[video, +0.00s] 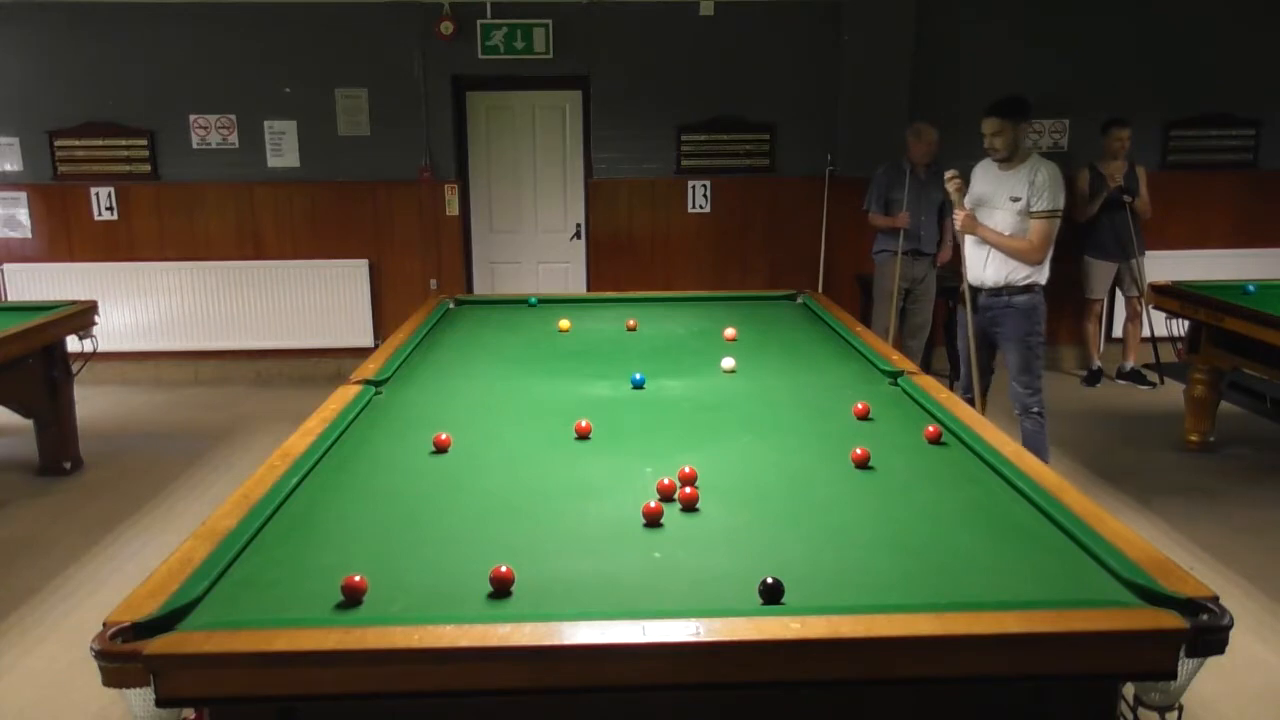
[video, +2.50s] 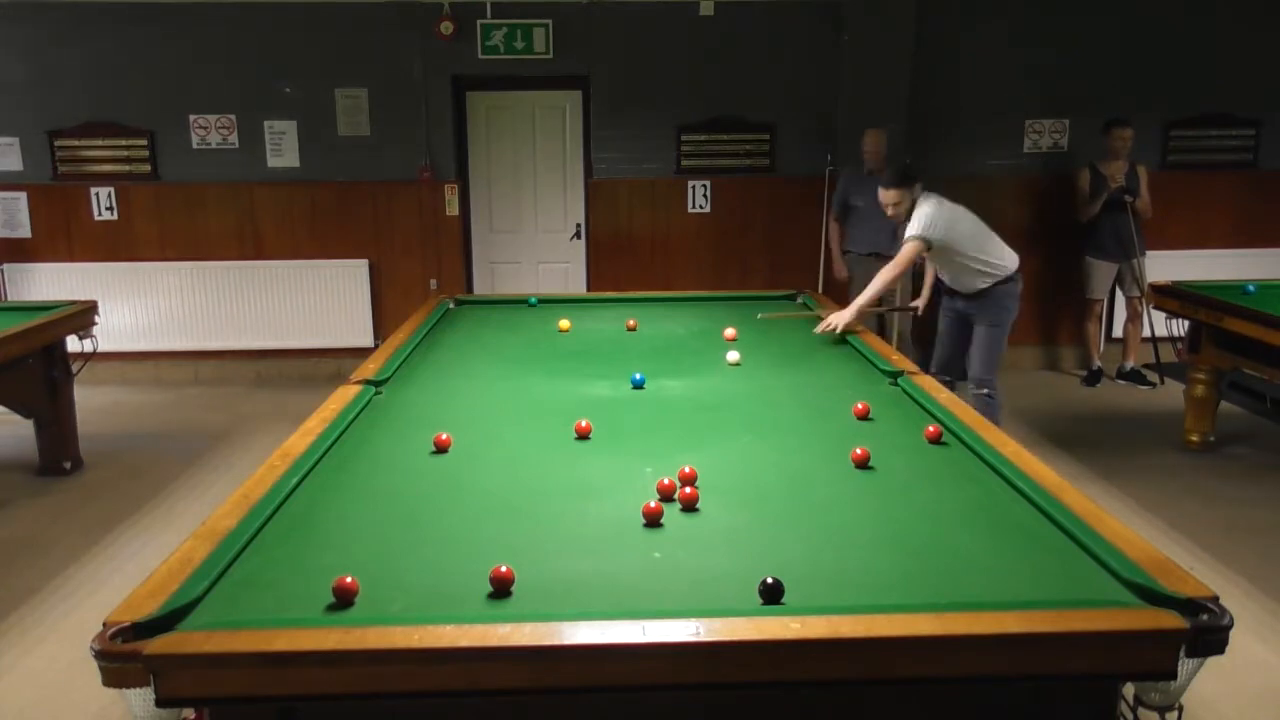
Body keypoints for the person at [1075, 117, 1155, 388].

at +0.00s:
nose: (1124, 145)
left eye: (1127, 140)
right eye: (1118, 140)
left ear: (1130, 142)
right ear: (1104, 141)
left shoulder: (1136, 171)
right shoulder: (1087, 173)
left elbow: (1146, 211)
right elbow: (1080, 214)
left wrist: (1130, 196)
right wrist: (1105, 191)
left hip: (1131, 251)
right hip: (1099, 251)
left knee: (1135, 310)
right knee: (1093, 309)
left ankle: (1128, 366)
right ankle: (1094, 365)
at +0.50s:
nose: (1117, 142)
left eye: (1121, 137)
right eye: (1112, 137)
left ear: (1128, 140)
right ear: (1104, 140)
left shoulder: (1138, 171)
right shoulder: (1089, 172)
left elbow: (1146, 211)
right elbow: (1082, 214)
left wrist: (1130, 196)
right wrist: (1105, 191)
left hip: (1131, 250)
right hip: (1099, 250)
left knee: (1135, 309)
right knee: (1093, 309)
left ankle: (1128, 366)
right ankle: (1094, 365)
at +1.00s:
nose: (1120, 142)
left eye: (1124, 137)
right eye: (1115, 137)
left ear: (1130, 140)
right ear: (1106, 140)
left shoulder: (1138, 170)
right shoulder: (1089, 172)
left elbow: (1146, 211)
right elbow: (1083, 214)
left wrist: (1130, 196)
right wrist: (1106, 191)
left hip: (1132, 250)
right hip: (1099, 250)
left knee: (1136, 309)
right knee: (1094, 310)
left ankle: (1128, 366)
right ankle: (1094, 365)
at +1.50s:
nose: (1124, 145)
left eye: (1128, 140)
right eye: (1119, 139)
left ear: (1133, 142)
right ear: (1107, 140)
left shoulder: (1138, 171)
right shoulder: (1089, 172)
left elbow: (1147, 211)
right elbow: (1083, 215)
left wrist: (1132, 197)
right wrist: (1106, 191)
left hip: (1132, 251)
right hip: (1099, 251)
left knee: (1136, 309)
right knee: (1094, 310)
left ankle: (1128, 366)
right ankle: (1094, 365)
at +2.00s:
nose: (1125, 145)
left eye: (1129, 140)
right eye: (1120, 139)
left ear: (1133, 142)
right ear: (1107, 140)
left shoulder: (1138, 171)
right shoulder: (1089, 173)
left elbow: (1147, 211)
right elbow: (1084, 214)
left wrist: (1131, 197)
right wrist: (1107, 191)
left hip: (1132, 251)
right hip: (1100, 251)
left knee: (1136, 310)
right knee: (1094, 310)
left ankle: (1128, 366)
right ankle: (1094, 365)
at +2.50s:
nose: (1125, 145)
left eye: (1129, 140)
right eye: (1120, 139)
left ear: (1132, 142)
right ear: (1107, 140)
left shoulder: (1137, 171)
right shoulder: (1089, 172)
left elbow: (1147, 211)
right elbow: (1083, 214)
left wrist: (1131, 197)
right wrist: (1106, 191)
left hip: (1132, 250)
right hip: (1100, 250)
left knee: (1136, 309)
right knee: (1094, 309)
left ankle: (1128, 366)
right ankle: (1094, 365)